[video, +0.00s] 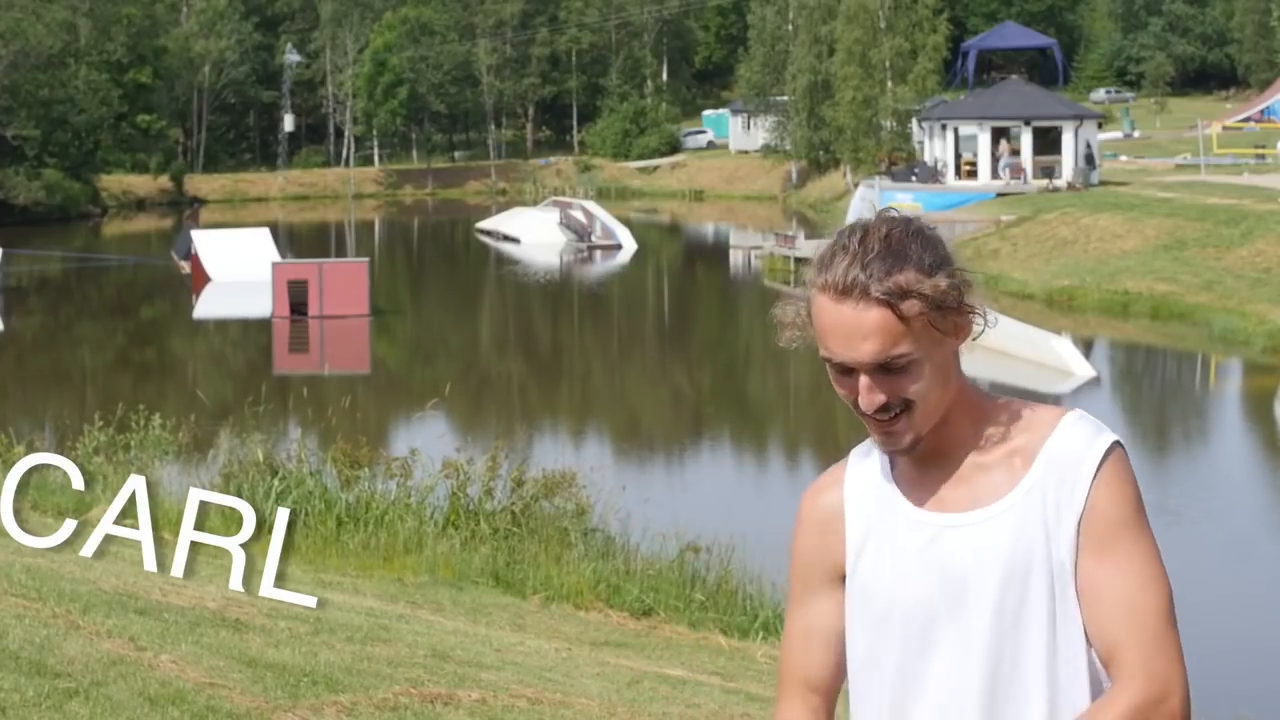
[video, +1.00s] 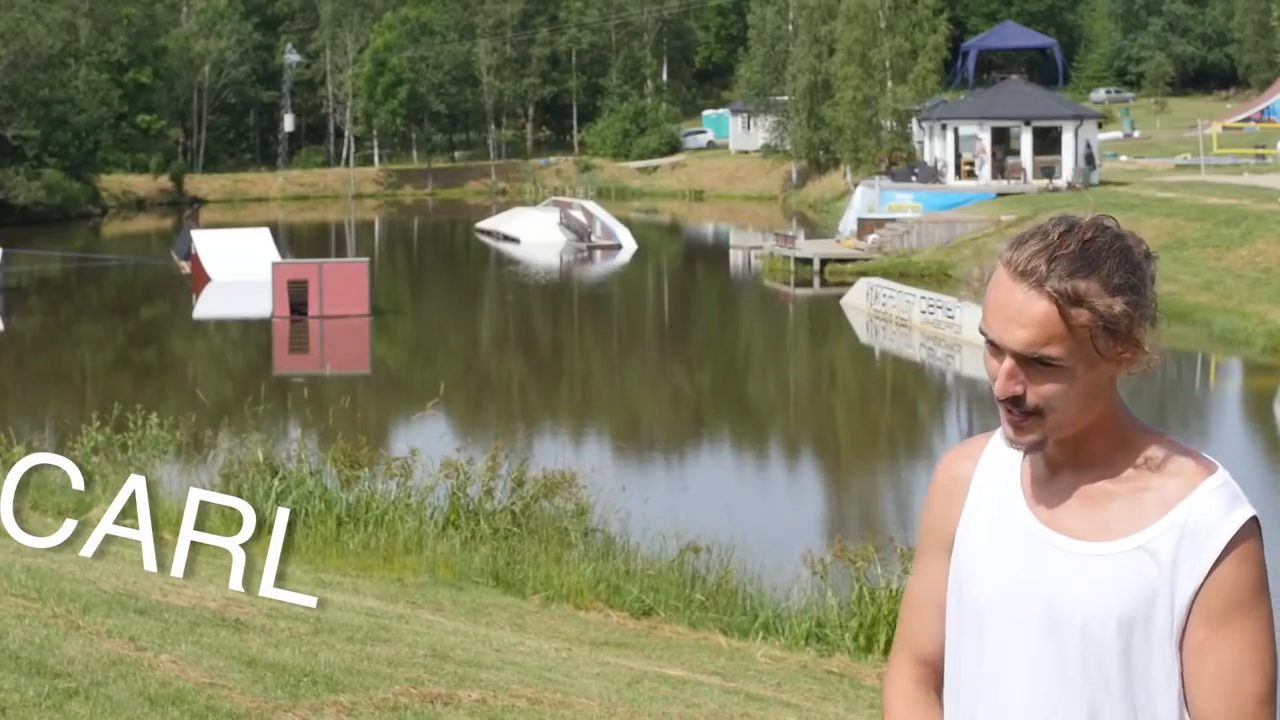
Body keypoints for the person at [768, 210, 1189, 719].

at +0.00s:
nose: (869, 399)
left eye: (895, 366)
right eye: (842, 370)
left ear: (957, 328)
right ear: (820, 350)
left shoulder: (1079, 464)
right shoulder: (834, 505)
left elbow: (1155, 694)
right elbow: (803, 697)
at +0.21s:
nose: (918, 407)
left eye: (948, 377)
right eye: (896, 374)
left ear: (1018, 342)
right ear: (880, 349)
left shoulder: (1136, 492)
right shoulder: (895, 496)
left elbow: (1194, 706)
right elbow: (870, 697)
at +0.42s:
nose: (968, 413)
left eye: (1001, 387)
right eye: (950, 378)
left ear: (1082, 357)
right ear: (939, 353)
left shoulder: (1182, 515)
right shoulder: (951, 480)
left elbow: (1222, 708)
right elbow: (919, 678)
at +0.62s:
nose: (1010, 408)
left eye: (1047, 383)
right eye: (996, 370)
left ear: (1127, 360)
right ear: (986, 344)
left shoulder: (1215, 525)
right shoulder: (975, 472)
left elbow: (1222, 710)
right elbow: (939, 668)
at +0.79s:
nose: (1017, 392)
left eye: (1055, 370)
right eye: (1004, 354)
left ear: (1137, 355)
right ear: (994, 330)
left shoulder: (1222, 524)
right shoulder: (978, 472)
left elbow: (1237, 709)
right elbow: (939, 672)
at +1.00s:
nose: (1004, 385)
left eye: (1042, 363)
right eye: (993, 347)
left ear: (1122, 352)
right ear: (983, 326)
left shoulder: (1208, 524)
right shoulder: (965, 476)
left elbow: (1238, 709)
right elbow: (915, 675)